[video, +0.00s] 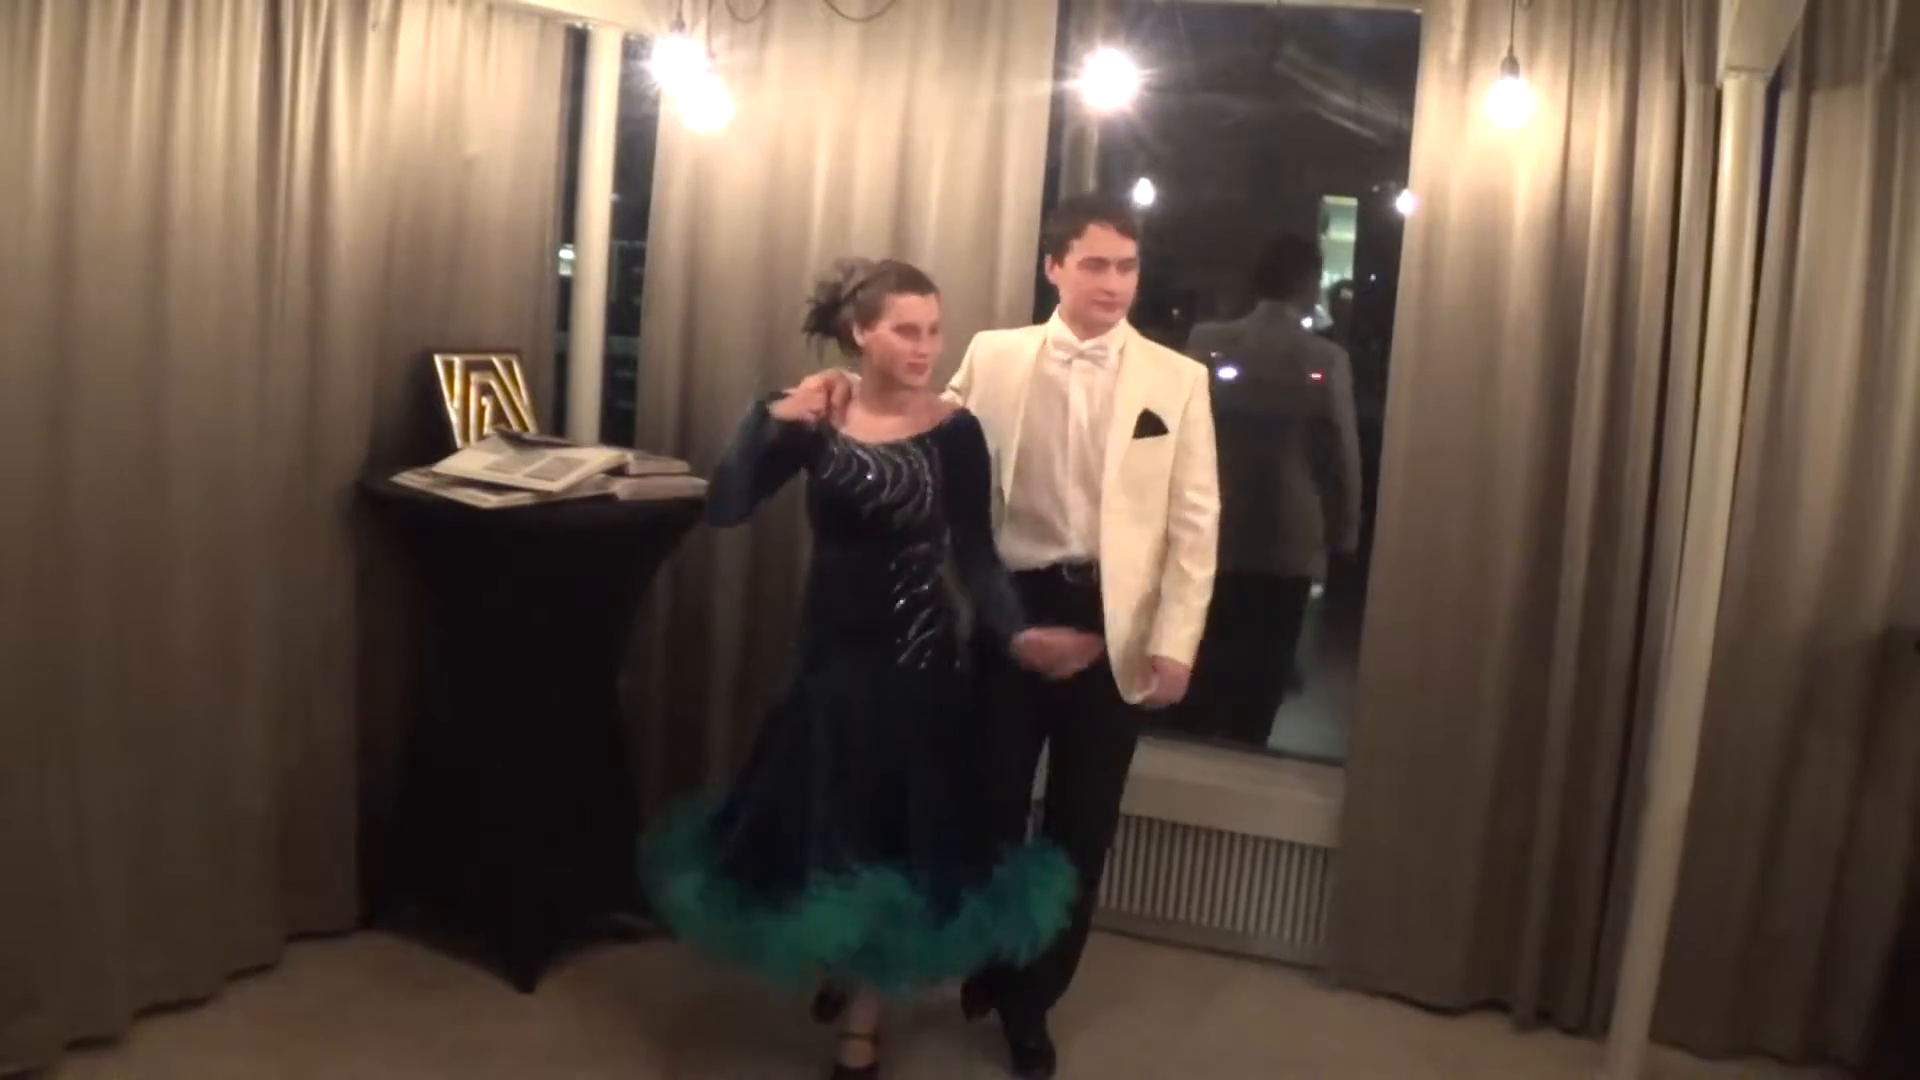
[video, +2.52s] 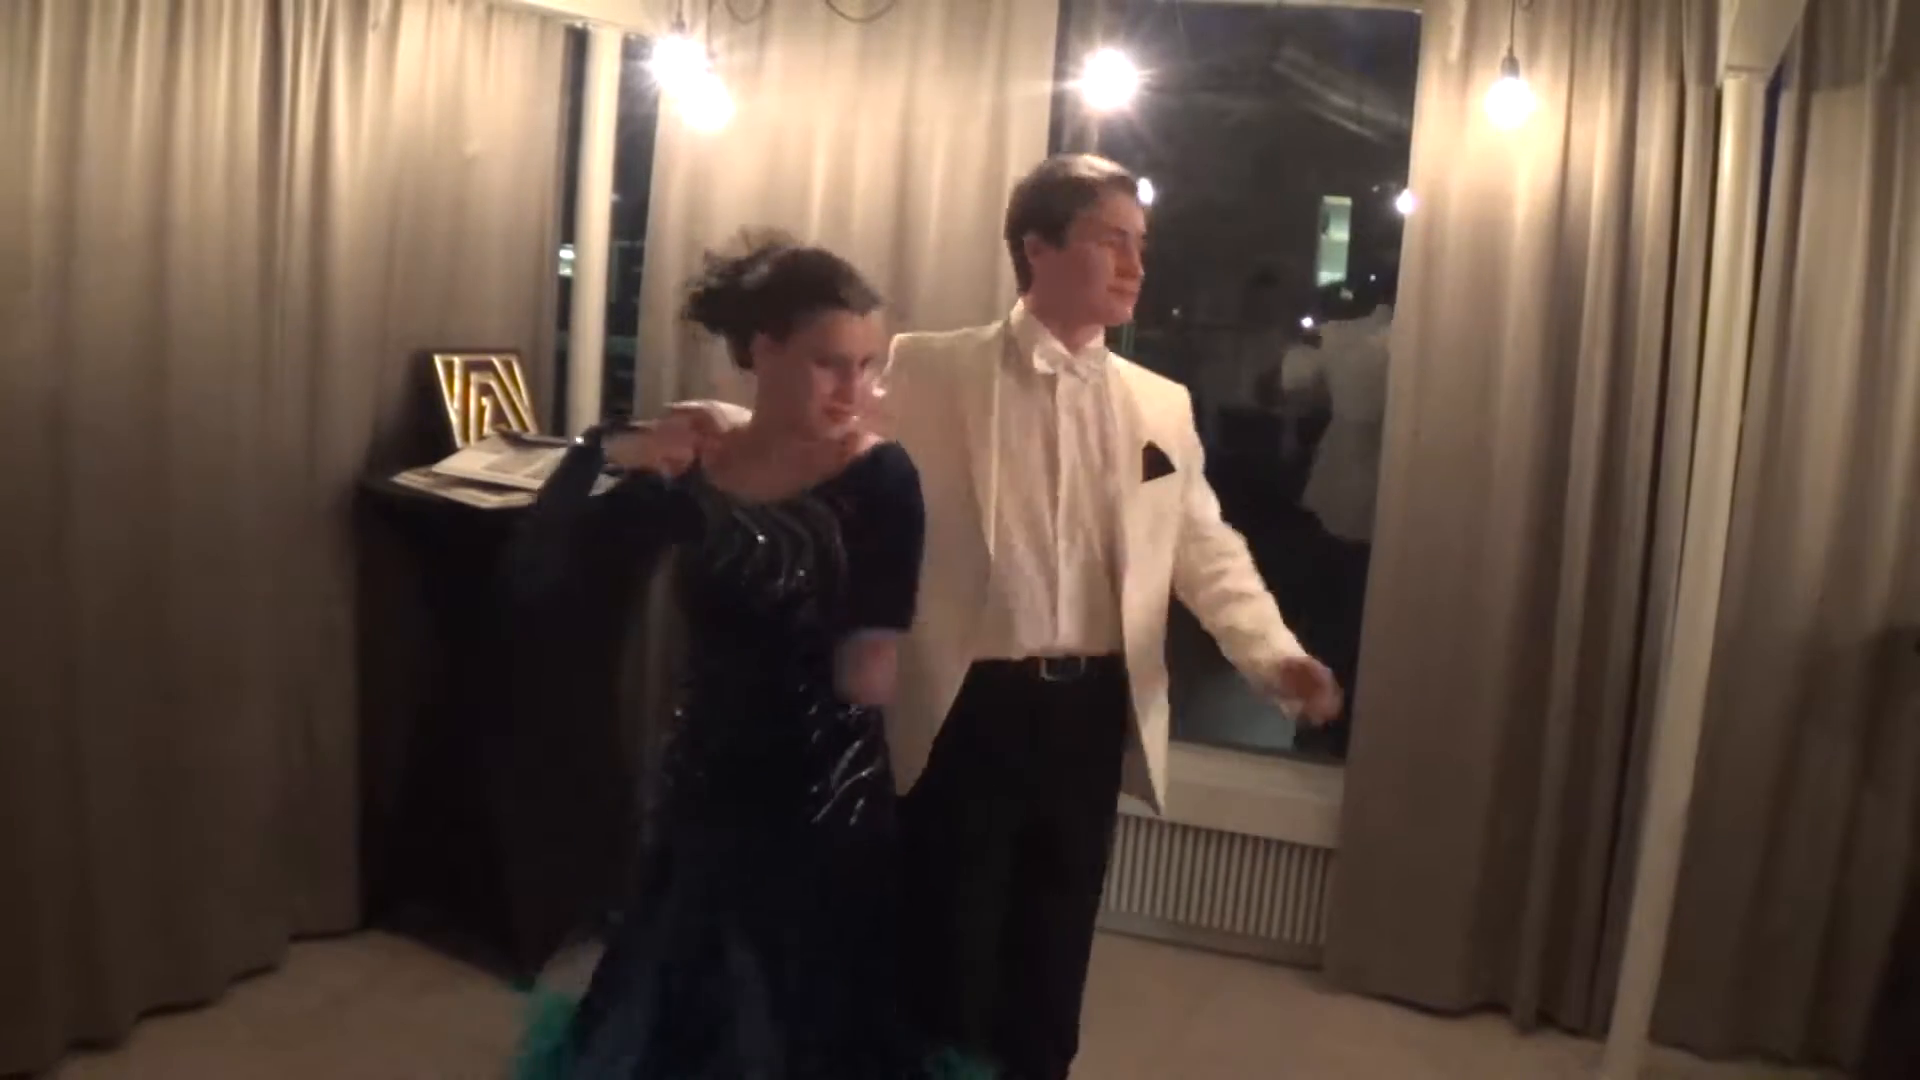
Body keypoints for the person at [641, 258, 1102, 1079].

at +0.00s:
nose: (925, 346)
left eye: (933, 331)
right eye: (906, 331)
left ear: (943, 338)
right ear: (858, 337)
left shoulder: (955, 431)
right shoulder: (819, 420)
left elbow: (976, 551)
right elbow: (726, 506)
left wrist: (1017, 631)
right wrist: (773, 419)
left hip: (930, 648)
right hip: (841, 643)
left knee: (900, 815)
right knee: (835, 805)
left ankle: (868, 999)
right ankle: (835, 958)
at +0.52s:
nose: (881, 339)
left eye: (893, 319)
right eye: (860, 324)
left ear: (911, 314)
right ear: (824, 330)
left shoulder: (938, 412)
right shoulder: (804, 401)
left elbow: (931, 535)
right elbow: (697, 491)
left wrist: (865, 523)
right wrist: (741, 405)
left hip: (904, 642)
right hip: (817, 633)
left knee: (885, 819)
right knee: (806, 816)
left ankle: (862, 1013)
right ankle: (810, 1022)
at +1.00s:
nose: (910, 293)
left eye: (919, 278)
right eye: (890, 274)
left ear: (925, 289)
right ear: (834, 280)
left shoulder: (935, 383)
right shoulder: (786, 377)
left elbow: (976, 513)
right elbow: (648, 443)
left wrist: (998, 642)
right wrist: (735, 374)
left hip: (912, 628)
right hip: (811, 623)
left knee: (893, 816)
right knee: (804, 806)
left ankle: (860, 1020)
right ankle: (815, 986)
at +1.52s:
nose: (939, 386)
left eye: (945, 367)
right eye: (924, 363)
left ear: (948, 369)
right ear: (858, 349)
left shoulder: (929, 474)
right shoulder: (770, 438)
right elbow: (617, 468)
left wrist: (968, 518)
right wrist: (733, 422)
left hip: (870, 728)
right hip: (764, 719)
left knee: (843, 941)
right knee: (738, 938)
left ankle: (827, 1060)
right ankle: (739, 1061)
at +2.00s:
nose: (948, 423)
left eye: (956, 405)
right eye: (940, 397)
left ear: (892, 392)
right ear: (871, 376)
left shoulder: (915, 514)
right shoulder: (749, 456)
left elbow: (1047, 612)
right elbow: (590, 501)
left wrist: (1187, 586)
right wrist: (704, 411)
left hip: (831, 776)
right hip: (716, 761)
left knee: (822, 1002)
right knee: (678, 988)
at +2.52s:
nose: (853, 386)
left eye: (869, 365)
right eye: (829, 363)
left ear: (882, 366)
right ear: (761, 352)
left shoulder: (877, 476)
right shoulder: (699, 450)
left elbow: (870, 669)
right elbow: (546, 571)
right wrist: (601, 449)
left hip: (820, 763)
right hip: (702, 749)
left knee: (811, 981)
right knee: (679, 963)